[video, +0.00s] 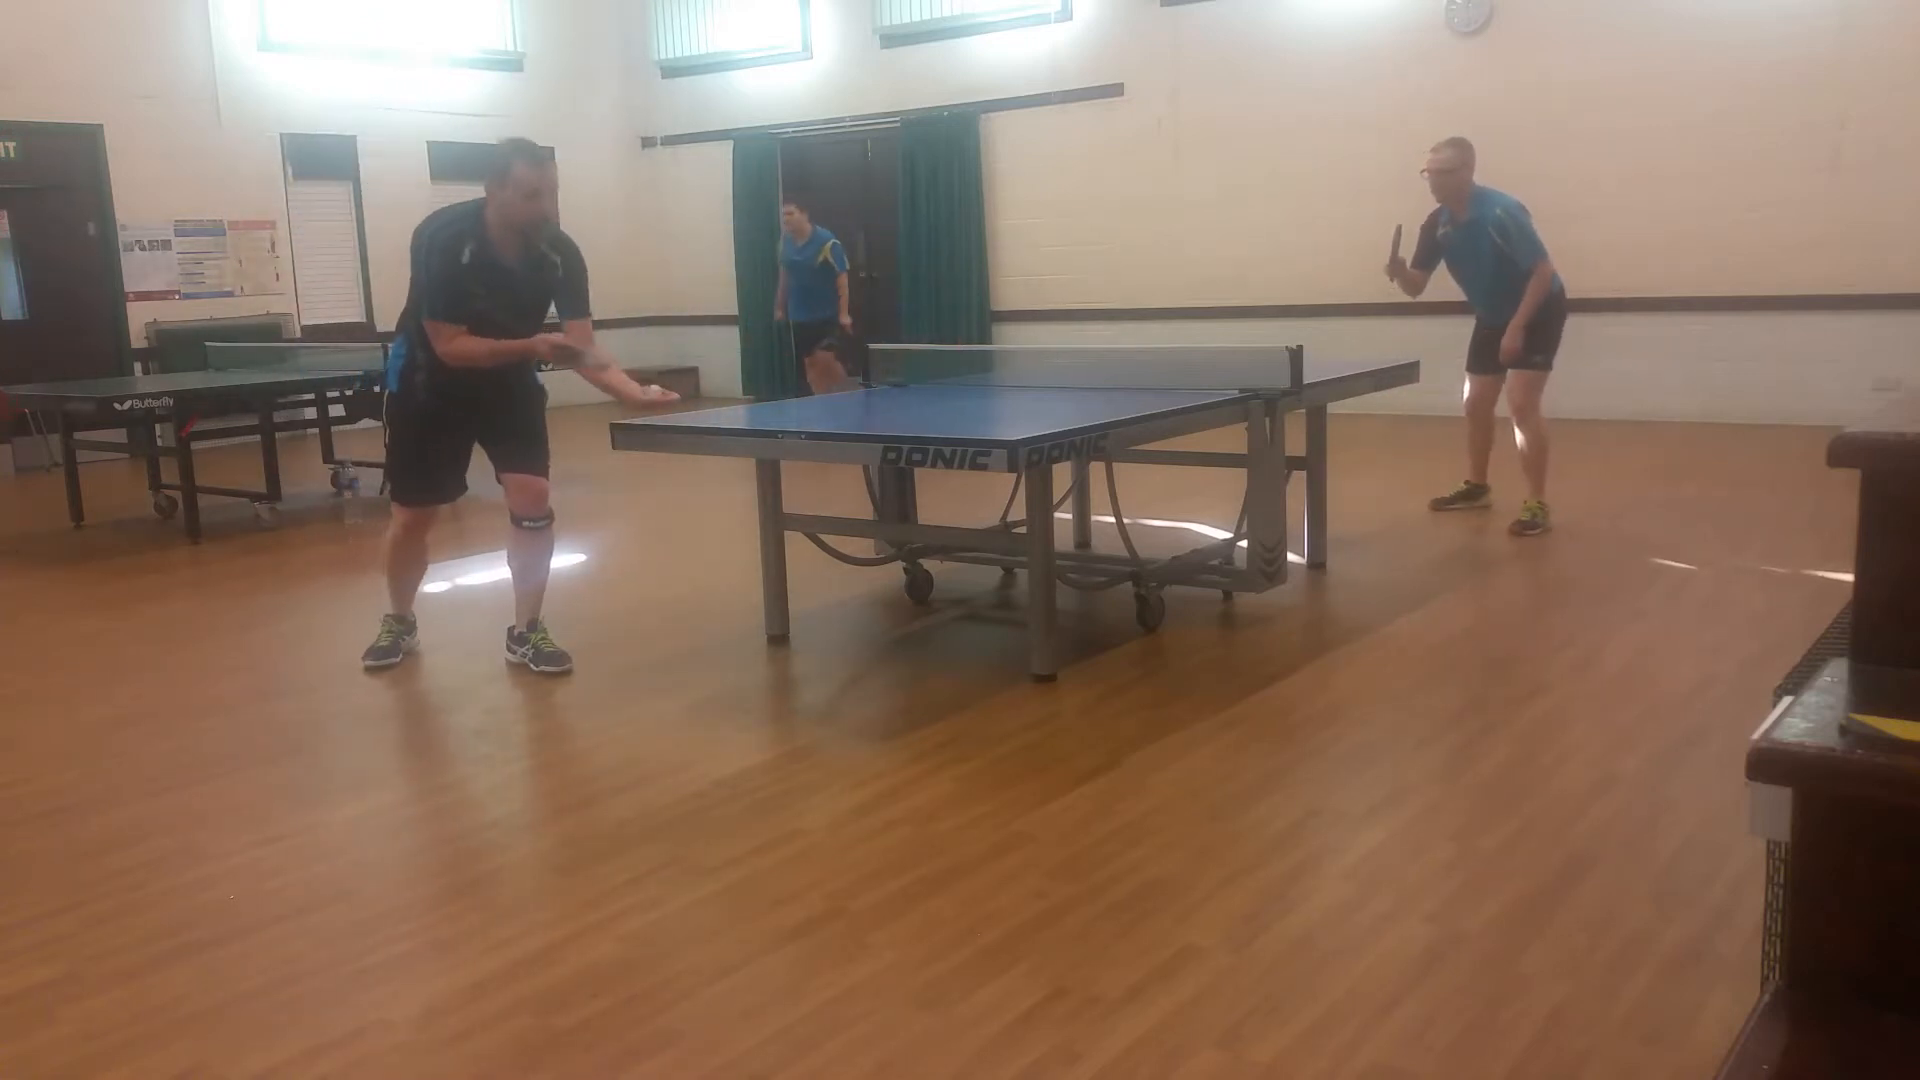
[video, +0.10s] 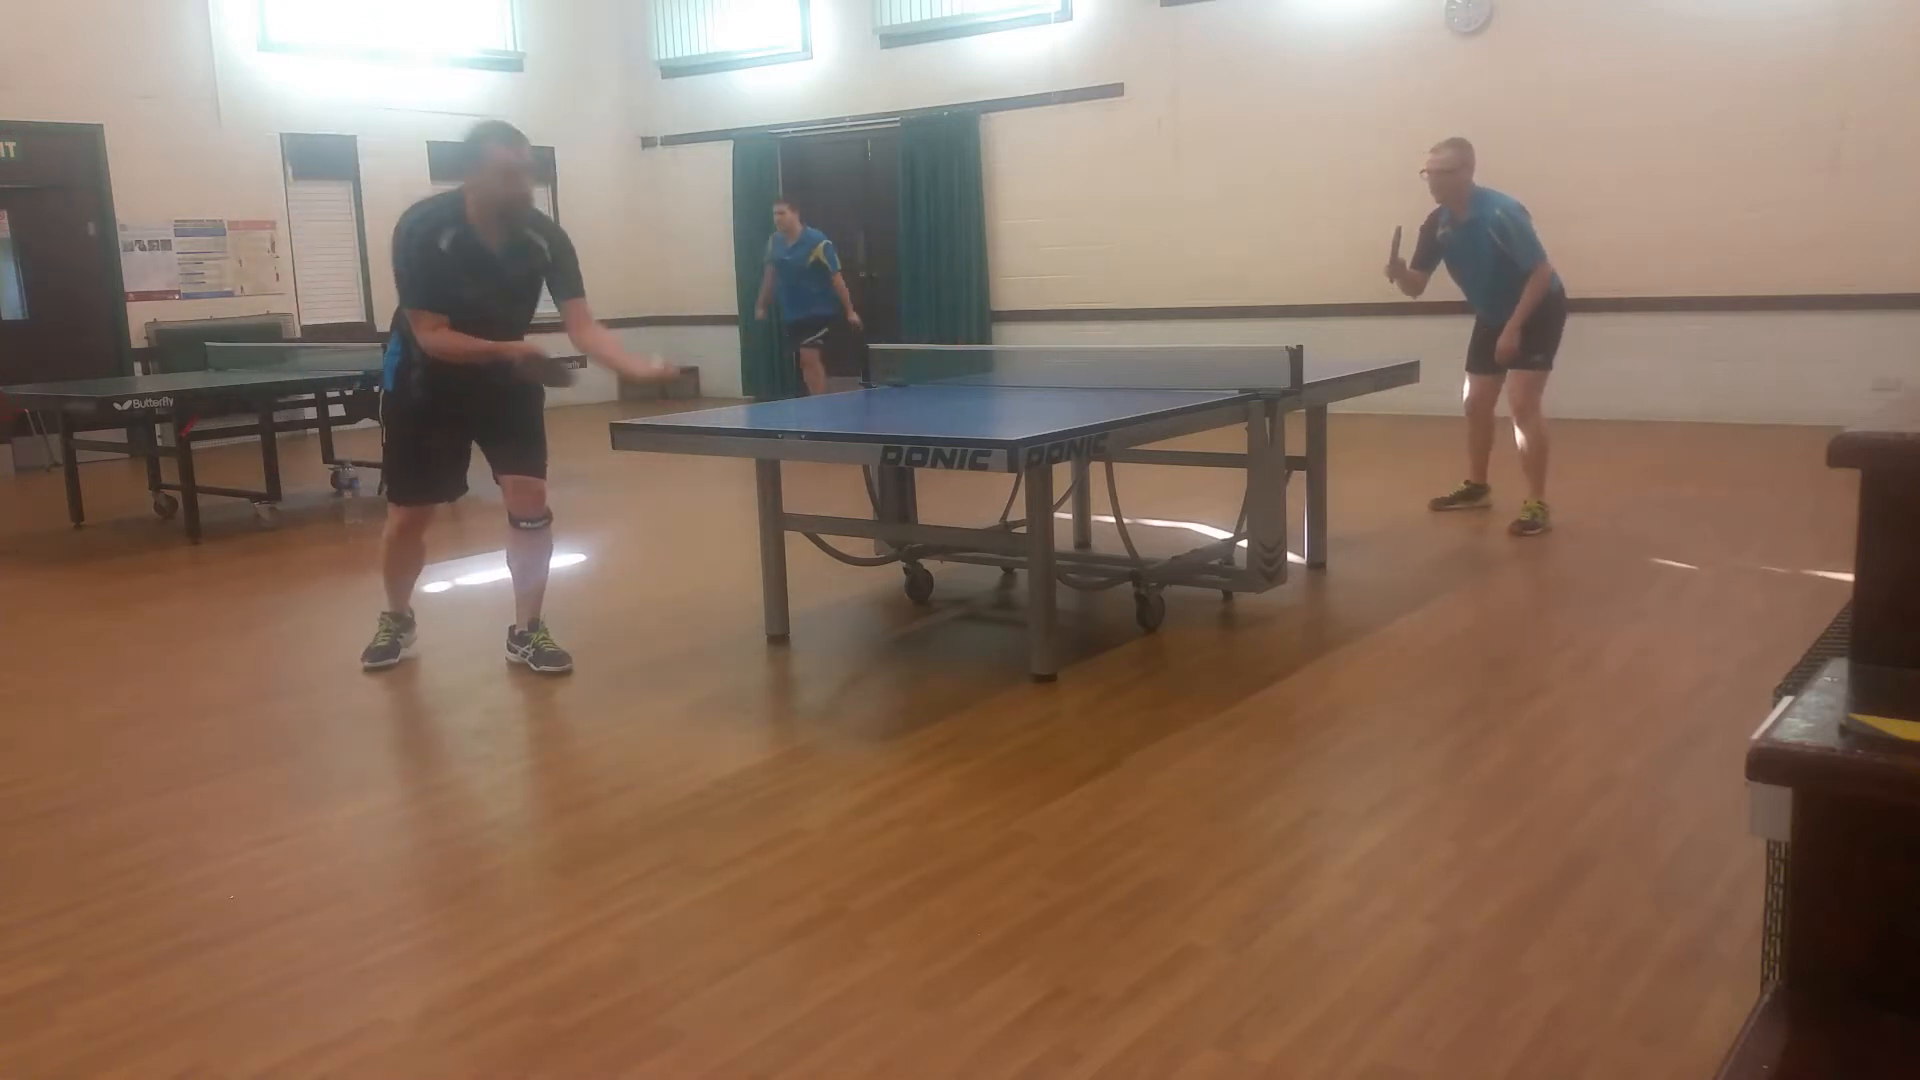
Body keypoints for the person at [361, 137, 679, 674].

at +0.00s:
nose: (547, 209)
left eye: (551, 194)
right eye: (532, 195)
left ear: (556, 191)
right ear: (495, 193)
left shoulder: (561, 254)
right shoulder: (440, 239)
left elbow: (581, 348)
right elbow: (449, 348)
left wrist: (635, 393)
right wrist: (531, 348)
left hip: (511, 375)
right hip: (430, 379)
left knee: (531, 496)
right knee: (412, 514)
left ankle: (527, 630)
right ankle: (399, 622)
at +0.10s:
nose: (523, 186)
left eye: (528, 174)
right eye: (509, 174)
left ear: (532, 174)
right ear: (473, 175)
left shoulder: (547, 238)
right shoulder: (422, 229)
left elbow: (583, 326)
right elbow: (430, 338)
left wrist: (640, 366)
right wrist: (507, 349)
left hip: (504, 374)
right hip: (427, 378)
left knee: (528, 494)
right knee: (409, 513)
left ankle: (528, 629)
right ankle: (396, 619)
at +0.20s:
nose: (494, 161)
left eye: (494, 148)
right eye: (478, 152)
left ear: (497, 149)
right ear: (441, 158)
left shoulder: (524, 216)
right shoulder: (398, 217)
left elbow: (581, 291)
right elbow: (400, 323)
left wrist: (635, 301)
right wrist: (444, 327)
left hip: (497, 372)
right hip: (416, 377)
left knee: (523, 495)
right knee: (394, 511)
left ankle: (528, 629)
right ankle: (376, 608)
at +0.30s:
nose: (442, 152)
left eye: (447, 139)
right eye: (427, 142)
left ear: (458, 137)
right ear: (397, 147)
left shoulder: (493, 193)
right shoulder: (366, 210)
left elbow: (565, 250)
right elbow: (362, 321)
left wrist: (600, 249)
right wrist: (384, 269)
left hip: (484, 373)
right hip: (400, 379)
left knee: (512, 496)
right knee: (368, 508)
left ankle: (527, 628)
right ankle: (338, 612)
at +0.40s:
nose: (401, 144)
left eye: (405, 130)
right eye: (383, 135)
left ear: (417, 130)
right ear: (356, 142)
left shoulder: (454, 191)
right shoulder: (334, 210)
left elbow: (540, 239)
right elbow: (319, 313)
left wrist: (598, 261)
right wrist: (382, 296)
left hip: (465, 375)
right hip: (378, 385)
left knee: (500, 494)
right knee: (344, 507)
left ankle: (527, 628)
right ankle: (310, 628)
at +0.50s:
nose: (370, 141)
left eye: (372, 128)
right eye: (353, 133)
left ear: (381, 131)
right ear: (322, 145)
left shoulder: (424, 193)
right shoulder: (299, 220)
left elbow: (502, 243)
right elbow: (283, 314)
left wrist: (572, 296)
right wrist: (350, 342)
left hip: (434, 374)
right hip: (347, 386)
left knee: (479, 491)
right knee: (326, 507)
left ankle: (518, 628)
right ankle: (305, 632)